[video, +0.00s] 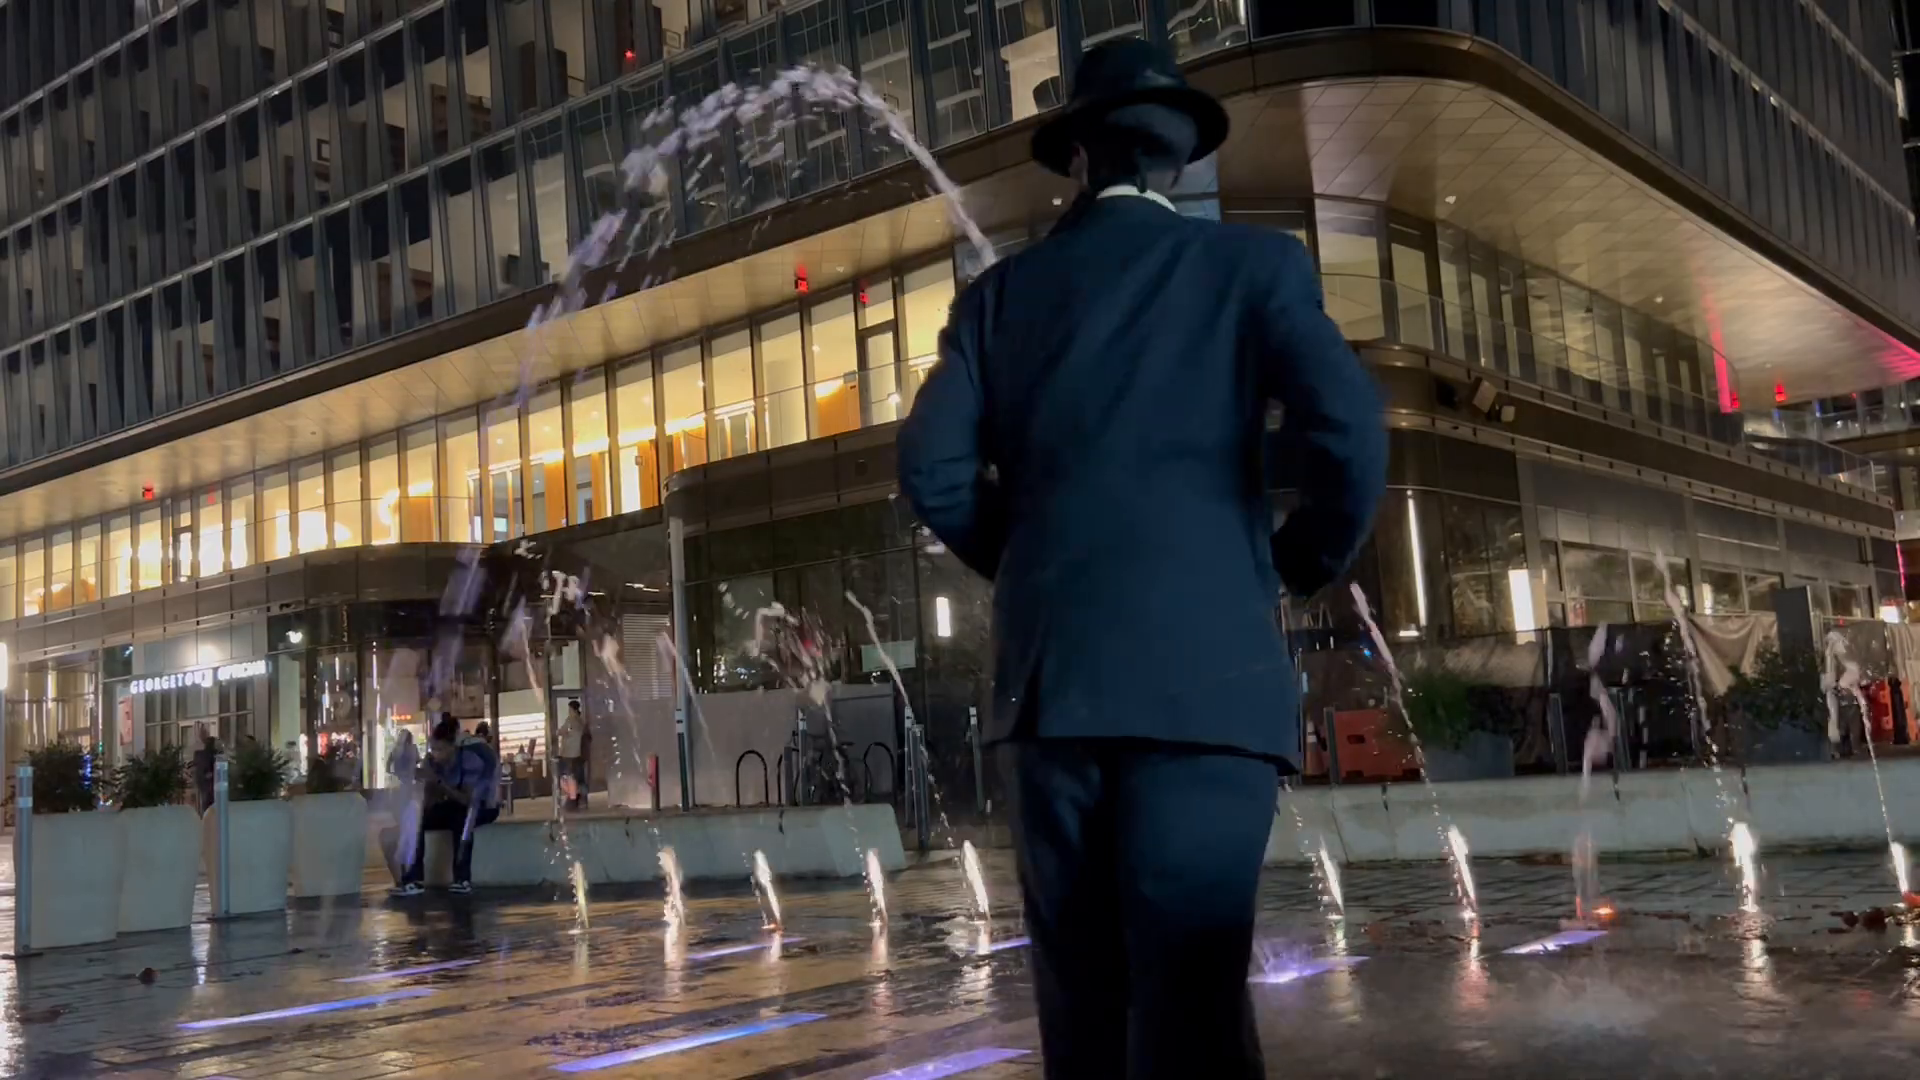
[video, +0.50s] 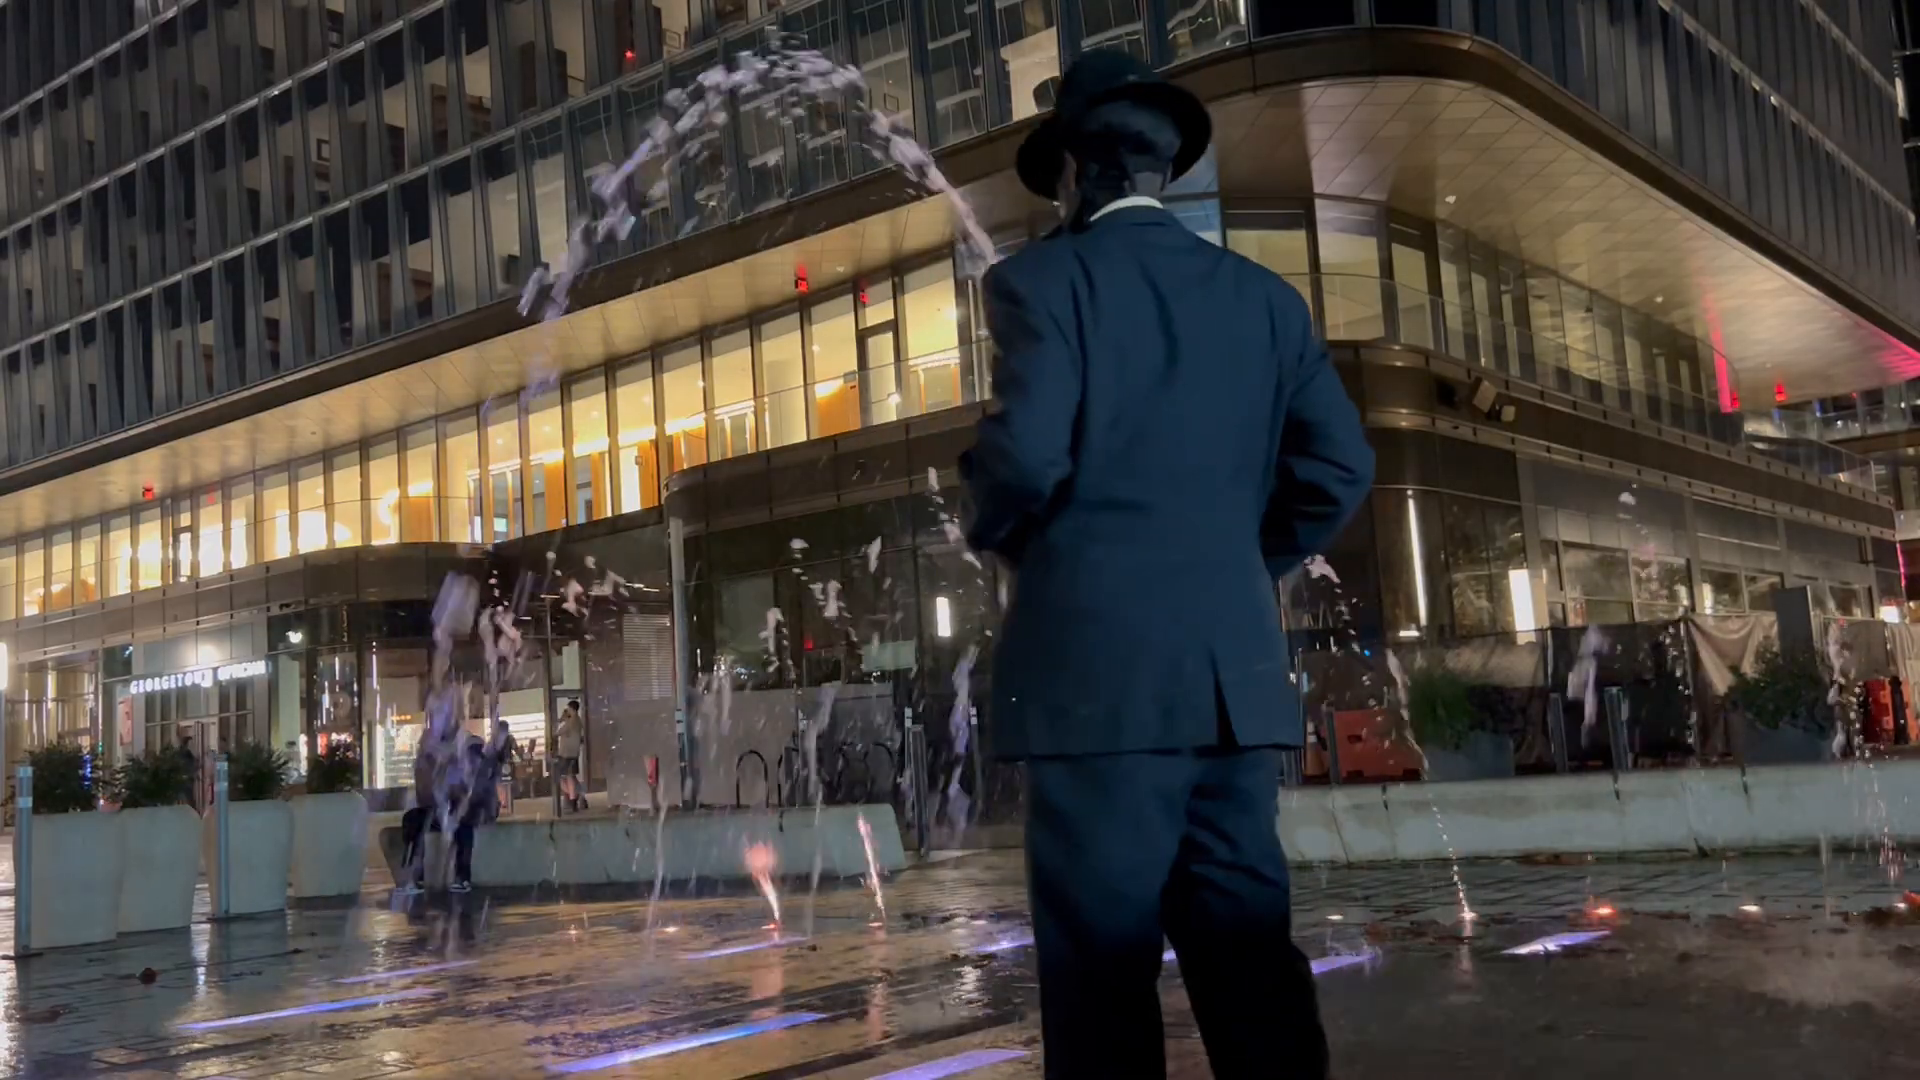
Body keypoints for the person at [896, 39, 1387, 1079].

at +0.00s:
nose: (1204, 171)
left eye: (1074, 155)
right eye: (1196, 153)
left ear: (1075, 170)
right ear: (1191, 163)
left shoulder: (1000, 292)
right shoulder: (1256, 262)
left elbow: (932, 467)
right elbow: (1351, 440)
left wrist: (1029, 555)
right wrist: (1300, 561)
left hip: (1049, 670)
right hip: (1206, 664)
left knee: (1079, 998)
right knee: (1194, 993)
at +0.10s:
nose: (1037, 184)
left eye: (1042, 162)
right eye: (1039, 163)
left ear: (1072, 160)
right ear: (1166, 161)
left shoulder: (992, 292)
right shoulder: (1269, 282)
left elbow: (925, 466)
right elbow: (1368, 436)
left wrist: (1009, 565)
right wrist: (1290, 564)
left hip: (1049, 679)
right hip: (1221, 670)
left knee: (1070, 1008)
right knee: (1199, 1000)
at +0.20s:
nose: (1022, 188)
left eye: (1027, 165)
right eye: (1024, 166)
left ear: (1059, 163)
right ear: (1149, 168)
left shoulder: (993, 289)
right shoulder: (1255, 291)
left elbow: (941, 467)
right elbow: (1342, 452)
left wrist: (993, 579)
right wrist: (1254, 568)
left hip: (1053, 688)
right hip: (1223, 679)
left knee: (1076, 1010)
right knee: (1217, 1002)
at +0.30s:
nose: (1024, 193)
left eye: (1026, 171)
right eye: (1025, 173)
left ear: (1054, 167)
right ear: (1144, 169)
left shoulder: (1006, 285)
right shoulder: (1250, 295)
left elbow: (966, 465)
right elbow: (1324, 465)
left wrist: (979, 573)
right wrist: (1230, 561)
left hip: (1062, 671)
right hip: (1220, 664)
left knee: (1084, 982)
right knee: (1237, 971)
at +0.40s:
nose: (1035, 200)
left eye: (1038, 176)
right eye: (1036, 178)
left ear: (1063, 173)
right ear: (1153, 174)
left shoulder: (1024, 278)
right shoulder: (1255, 294)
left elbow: (998, 455)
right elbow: (1324, 466)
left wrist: (978, 552)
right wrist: (1231, 549)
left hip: (1077, 676)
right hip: (1225, 667)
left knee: (1091, 980)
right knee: (1237, 944)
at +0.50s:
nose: (1061, 188)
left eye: (1061, 168)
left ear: (1073, 176)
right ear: (1175, 173)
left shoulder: (1041, 278)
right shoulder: (1267, 295)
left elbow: (1028, 457)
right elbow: (1341, 465)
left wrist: (981, 517)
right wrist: (1248, 557)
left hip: (1100, 680)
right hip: (1240, 671)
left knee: (1098, 989)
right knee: (1251, 970)